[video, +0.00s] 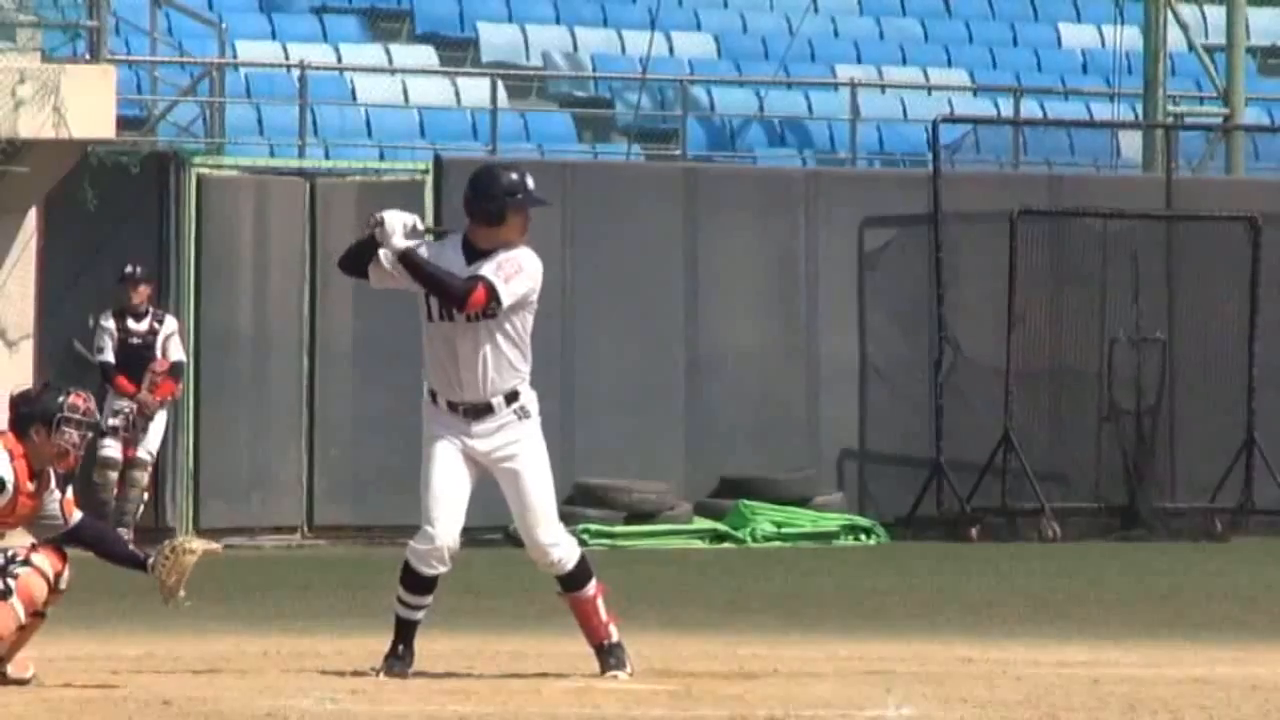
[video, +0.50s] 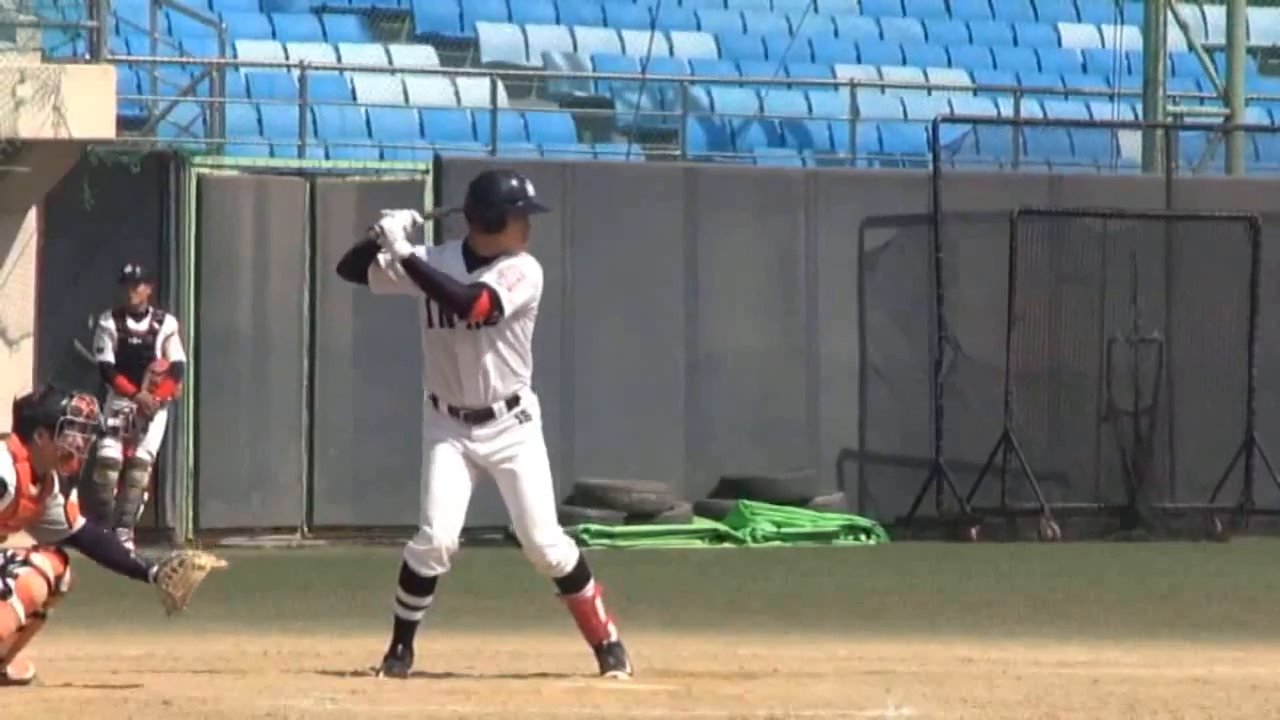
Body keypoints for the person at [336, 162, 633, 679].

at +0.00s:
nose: (528, 220)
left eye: (527, 211)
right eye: (520, 212)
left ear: (506, 212)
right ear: (490, 215)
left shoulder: (523, 262)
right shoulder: (434, 252)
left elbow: (468, 299)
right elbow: (350, 265)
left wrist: (403, 252)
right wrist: (380, 238)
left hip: (511, 420)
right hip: (447, 423)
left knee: (546, 542)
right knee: (436, 540)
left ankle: (607, 645)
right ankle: (401, 646)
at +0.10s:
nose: (526, 220)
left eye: (526, 211)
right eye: (518, 212)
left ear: (497, 213)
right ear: (488, 215)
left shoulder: (520, 263)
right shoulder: (432, 252)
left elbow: (460, 297)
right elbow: (349, 260)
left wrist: (399, 247)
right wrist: (378, 232)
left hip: (508, 420)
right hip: (443, 422)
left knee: (543, 542)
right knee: (433, 539)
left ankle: (607, 645)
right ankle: (400, 648)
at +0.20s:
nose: (525, 220)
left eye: (525, 211)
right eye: (517, 212)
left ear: (498, 213)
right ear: (488, 215)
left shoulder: (518, 264)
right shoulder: (431, 251)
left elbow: (456, 296)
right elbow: (346, 258)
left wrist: (397, 245)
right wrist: (377, 229)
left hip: (505, 419)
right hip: (441, 421)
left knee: (541, 541)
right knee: (431, 538)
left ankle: (607, 644)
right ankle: (400, 648)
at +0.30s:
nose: (524, 222)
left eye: (524, 213)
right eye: (517, 214)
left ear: (491, 215)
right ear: (489, 217)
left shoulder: (518, 267)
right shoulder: (429, 253)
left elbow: (458, 300)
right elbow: (345, 258)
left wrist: (396, 248)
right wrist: (376, 230)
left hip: (504, 421)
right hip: (439, 423)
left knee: (538, 540)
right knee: (429, 538)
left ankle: (606, 644)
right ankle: (399, 647)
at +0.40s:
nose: (526, 224)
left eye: (525, 215)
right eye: (518, 216)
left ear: (500, 216)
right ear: (489, 219)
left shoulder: (519, 267)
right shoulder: (429, 255)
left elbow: (463, 303)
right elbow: (347, 260)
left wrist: (398, 249)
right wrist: (378, 231)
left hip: (505, 422)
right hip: (440, 423)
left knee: (539, 542)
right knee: (430, 538)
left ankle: (606, 643)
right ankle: (400, 648)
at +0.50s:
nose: (529, 226)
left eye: (528, 217)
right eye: (521, 218)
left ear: (507, 218)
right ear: (491, 222)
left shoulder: (524, 270)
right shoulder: (435, 259)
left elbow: (472, 307)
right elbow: (349, 269)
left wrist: (404, 256)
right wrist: (382, 240)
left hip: (513, 423)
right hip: (447, 426)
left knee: (544, 545)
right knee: (435, 541)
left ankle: (607, 645)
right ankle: (400, 647)